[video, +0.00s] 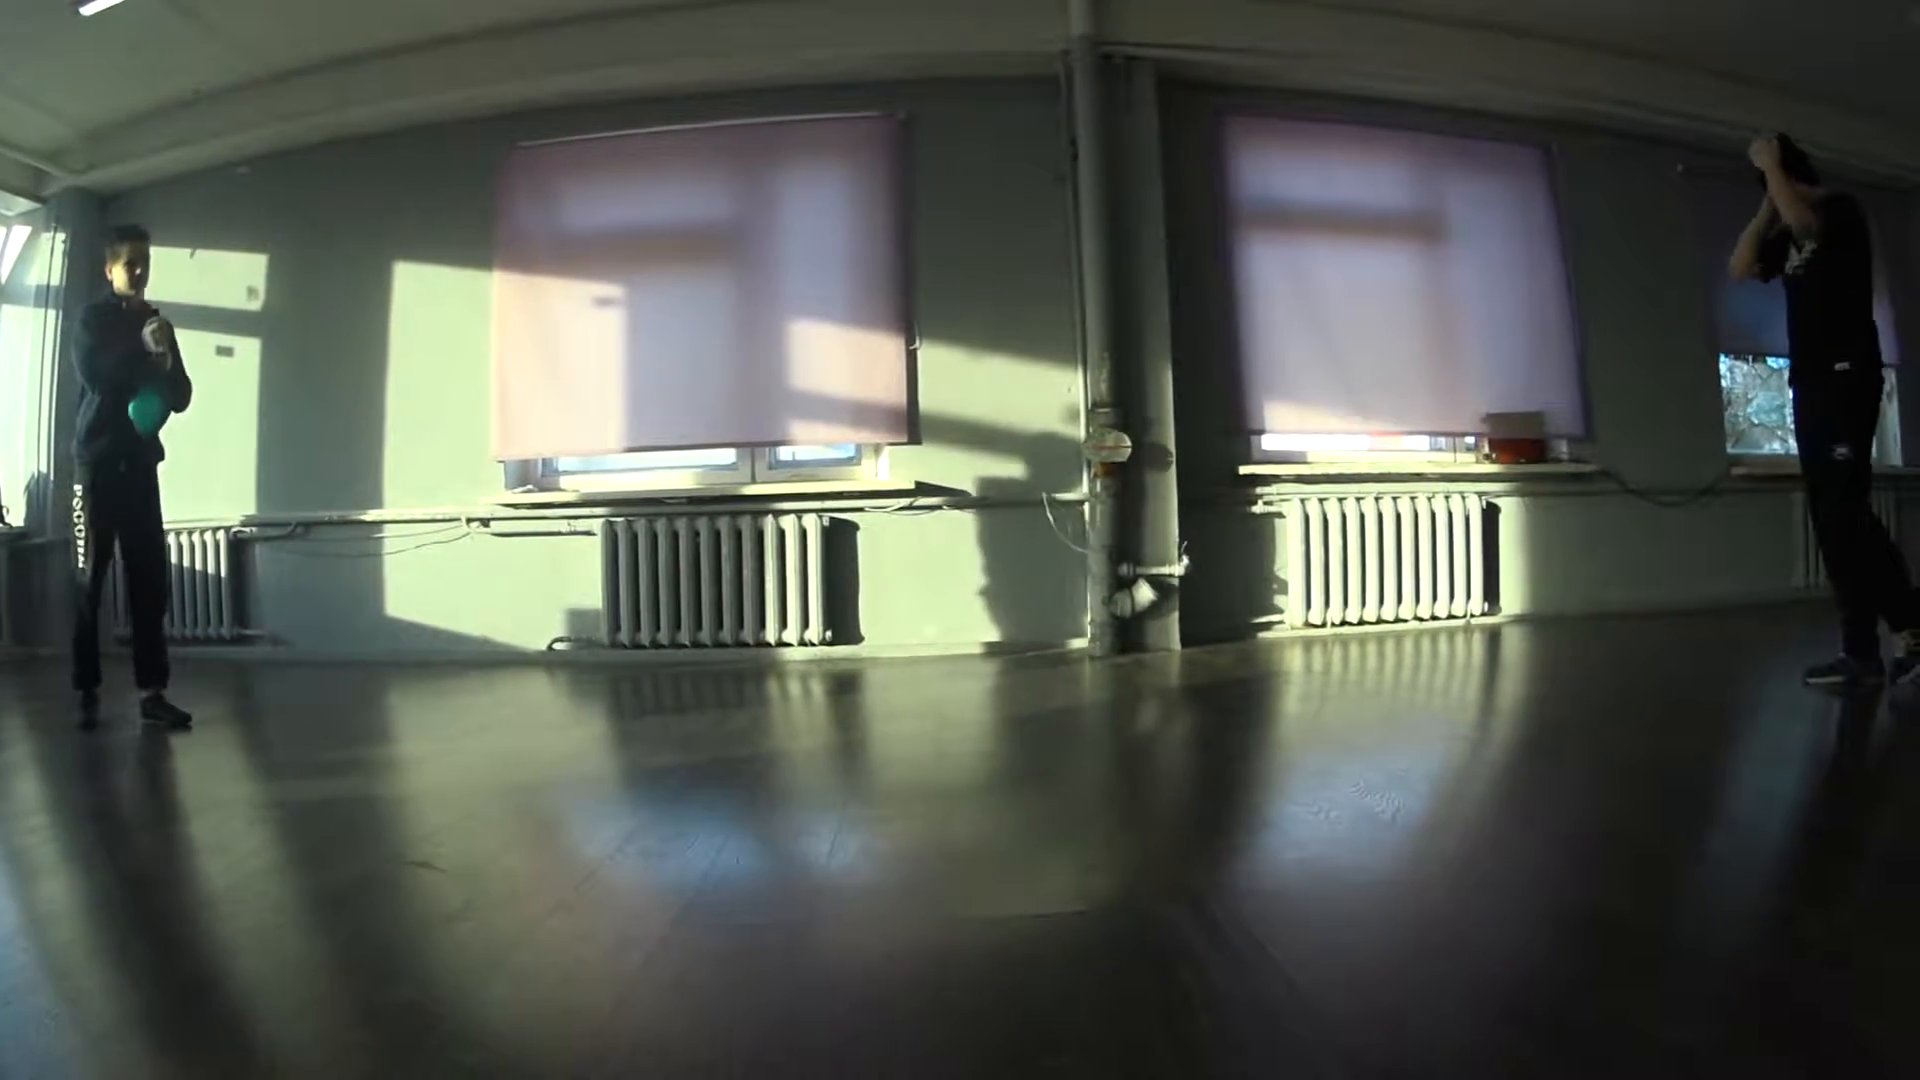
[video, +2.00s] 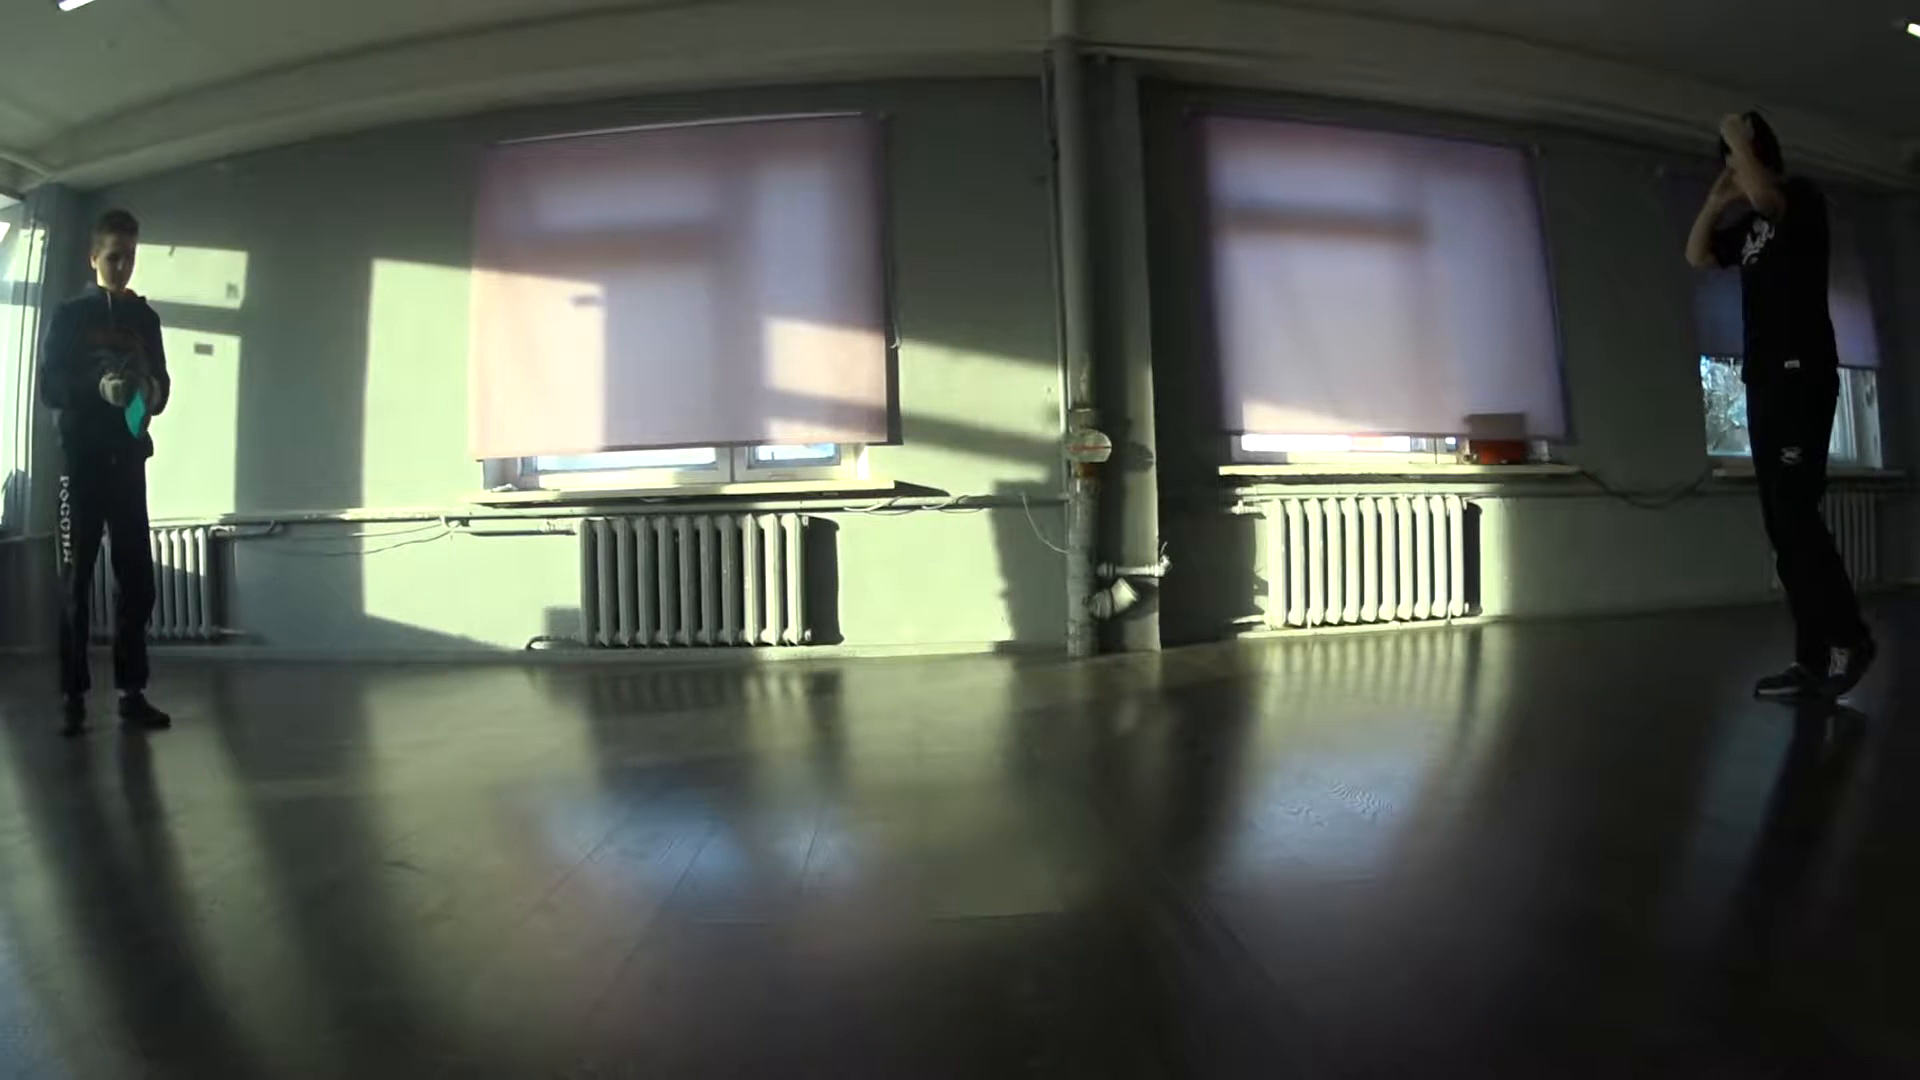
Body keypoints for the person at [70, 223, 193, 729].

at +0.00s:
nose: (137, 272)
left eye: (142, 264)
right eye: (128, 264)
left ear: (148, 268)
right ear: (108, 267)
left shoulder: (157, 324)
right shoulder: (91, 318)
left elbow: (181, 398)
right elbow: (99, 375)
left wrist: (164, 357)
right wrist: (149, 350)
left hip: (141, 460)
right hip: (97, 459)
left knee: (149, 575)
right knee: (91, 574)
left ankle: (152, 694)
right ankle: (87, 692)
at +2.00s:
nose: (122, 263)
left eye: (129, 254)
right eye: (114, 254)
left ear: (137, 256)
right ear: (93, 256)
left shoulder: (144, 315)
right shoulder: (71, 312)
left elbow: (161, 391)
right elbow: (49, 389)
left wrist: (149, 392)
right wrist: (96, 387)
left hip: (129, 456)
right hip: (84, 456)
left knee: (137, 575)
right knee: (78, 575)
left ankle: (132, 693)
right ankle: (73, 697)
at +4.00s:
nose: (117, 262)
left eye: (123, 253)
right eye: (109, 252)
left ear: (130, 257)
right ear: (86, 253)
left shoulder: (131, 318)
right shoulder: (62, 310)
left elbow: (145, 398)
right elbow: (39, 391)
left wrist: (143, 394)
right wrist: (85, 380)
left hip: (119, 454)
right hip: (74, 454)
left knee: (127, 576)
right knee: (68, 576)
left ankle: (123, 696)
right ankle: (64, 698)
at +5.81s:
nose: (105, 259)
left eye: (112, 251)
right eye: (97, 250)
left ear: (119, 255)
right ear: (77, 253)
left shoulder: (131, 316)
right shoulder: (52, 310)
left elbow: (160, 379)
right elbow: (30, 370)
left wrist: (150, 343)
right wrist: (81, 344)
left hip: (109, 462)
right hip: (61, 461)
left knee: (117, 578)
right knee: (56, 580)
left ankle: (115, 696)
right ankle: (56, 699)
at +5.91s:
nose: (106, 260)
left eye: (112, 252)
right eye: (98, 251)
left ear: (118, 256)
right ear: (77, 254)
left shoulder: (129, 311)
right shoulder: (55, 308)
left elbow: (166, 361)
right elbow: (36, 356)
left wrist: (157, 313)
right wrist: (86, 314)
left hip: (109, 460)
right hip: (61, 459)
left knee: (117, 579)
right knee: (56, 580)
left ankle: (115, 696)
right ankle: (56, 700)